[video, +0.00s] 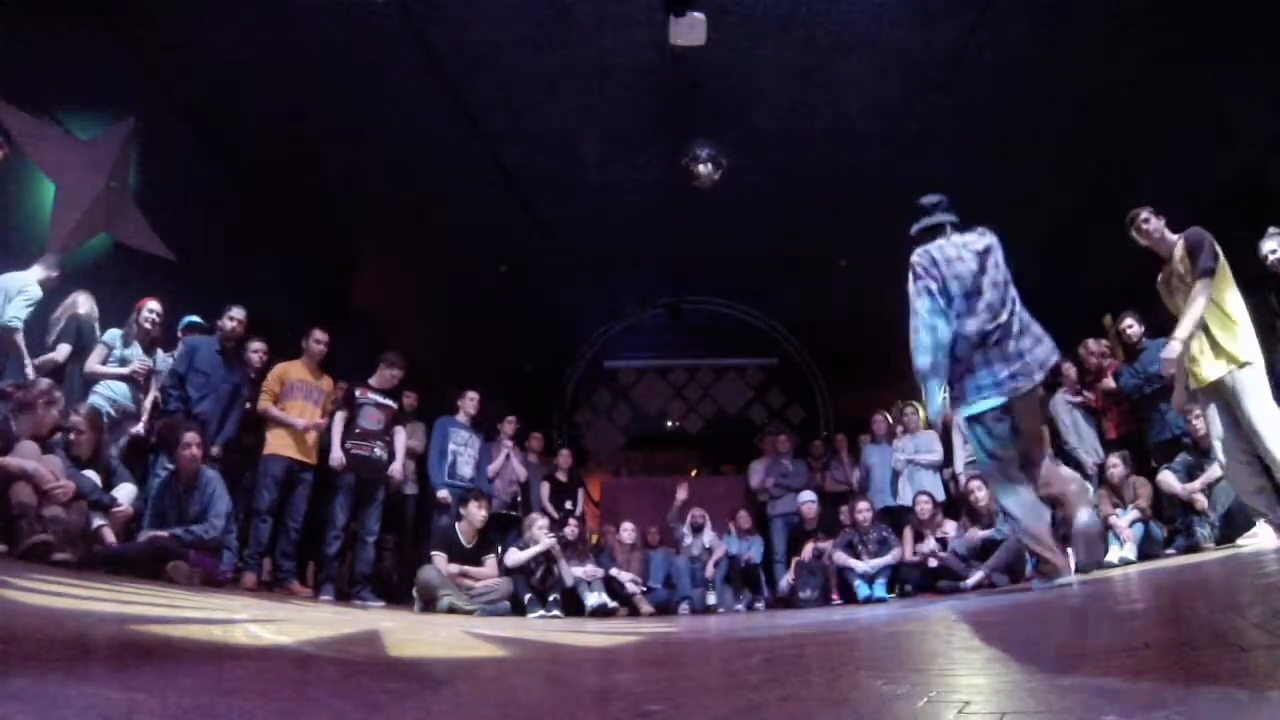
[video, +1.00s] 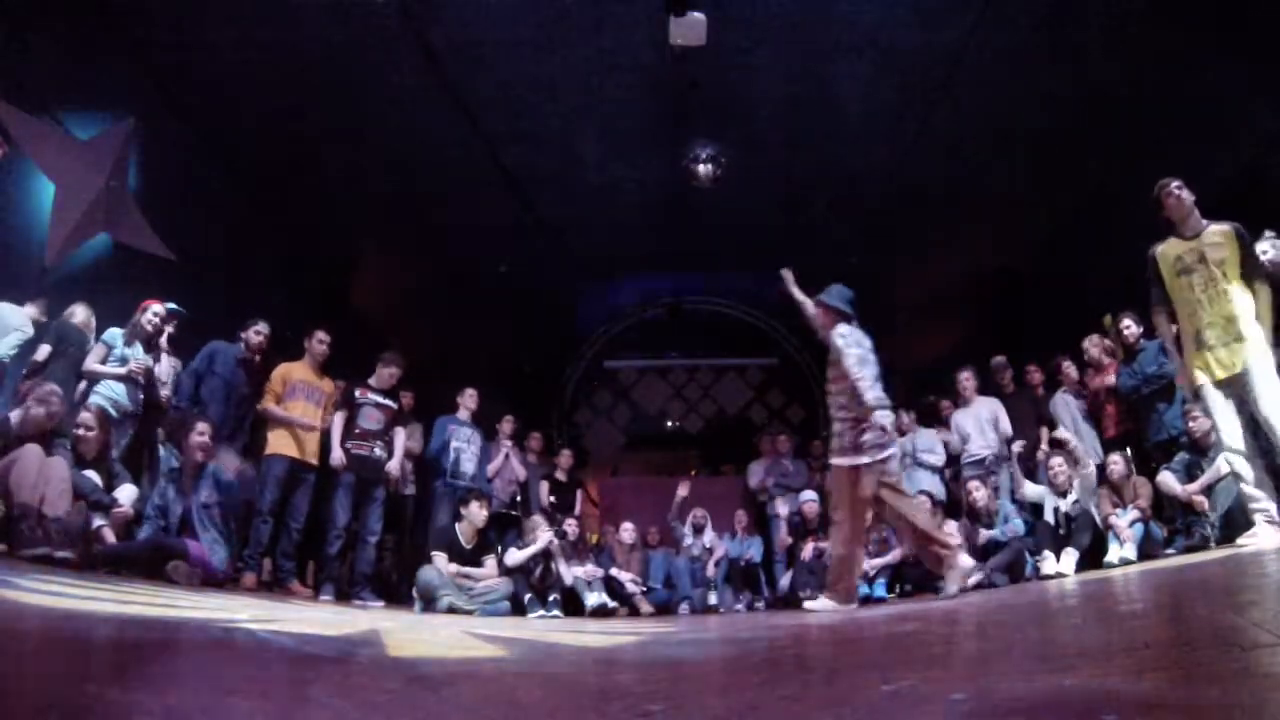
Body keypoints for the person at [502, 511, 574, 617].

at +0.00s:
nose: (545, 532)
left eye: (547, 529)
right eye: (540, 529)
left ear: (550, 530)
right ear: (529, 531)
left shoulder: (552, 549)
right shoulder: (519, 546)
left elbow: (569, 583)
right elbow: (510, 562)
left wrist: (559, 555)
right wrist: (541, 547)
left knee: (555, 571)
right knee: (519, 575)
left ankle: (554, 603)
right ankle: (532, 605)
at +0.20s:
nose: (545, 532)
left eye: (547, 529)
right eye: (540, 529)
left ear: (550, 530)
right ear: (528, 531)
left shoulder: (551, 550)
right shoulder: (519, 547)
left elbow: (569, 583)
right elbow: (509, 562)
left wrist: (559, 555)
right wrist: (541, 547)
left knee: (555, 574)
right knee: (519, 576)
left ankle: (554, 605)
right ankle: (532, 606)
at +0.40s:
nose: (545, 532)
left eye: (547, 528)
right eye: (539, 529)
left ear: (550, 530)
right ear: (528, 531)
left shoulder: (551, 550)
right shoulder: (519, 547)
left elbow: (569, 583)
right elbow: (509, 562)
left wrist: (559, 555)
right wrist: (541, 547)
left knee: (556, 572)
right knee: (519, 575)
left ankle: (554, 604)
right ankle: (532, 605)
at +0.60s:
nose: (545, 532)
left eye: (547, 528)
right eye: (540, 529)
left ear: (550, 530)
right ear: (529, 532)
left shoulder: (552, 550)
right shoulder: (519, 547)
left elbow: (569, 583)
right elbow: (509, 562)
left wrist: (559, 555)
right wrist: (541, 547)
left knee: (556, 571)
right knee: (519, 575)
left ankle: (554, 604)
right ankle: (532, 605)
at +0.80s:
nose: (547, 533)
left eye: (549, 529)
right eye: (542, 530)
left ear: (552, 530)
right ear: (530, 533)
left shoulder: (551, 550)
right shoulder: (519, 547)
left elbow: (569, 582)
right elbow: (509, 562)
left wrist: (558, 554)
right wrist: (540, 546)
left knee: (556, 571)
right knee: (518, 575)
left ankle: (554, 603)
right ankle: (532, 605)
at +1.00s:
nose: (548, 535)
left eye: (549, 531)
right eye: (543, 531)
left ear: (551, 532)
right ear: (532, 533)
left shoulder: (550, 550)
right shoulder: (519, 547)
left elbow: (568, 582)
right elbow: (509, 562)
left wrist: (557, 552)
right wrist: (539, 545)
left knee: (554, 571)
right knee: (518, 574)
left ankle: (554, 603)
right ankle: (531, 605)